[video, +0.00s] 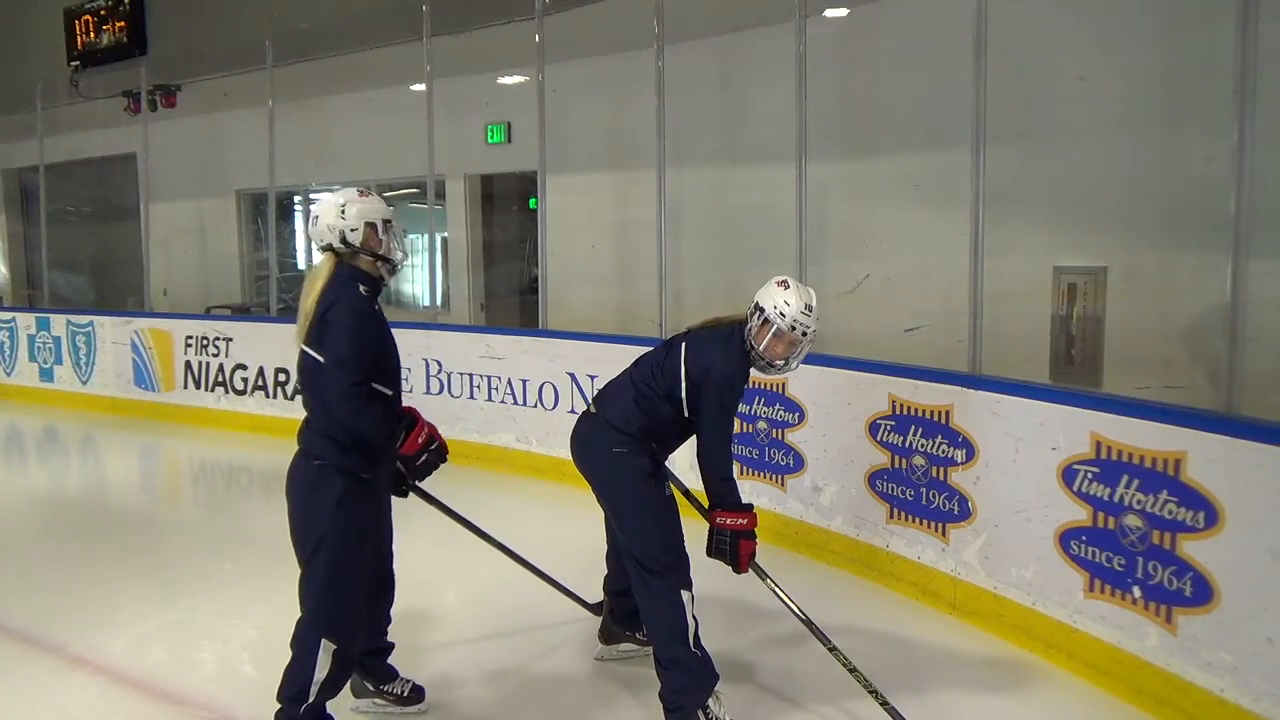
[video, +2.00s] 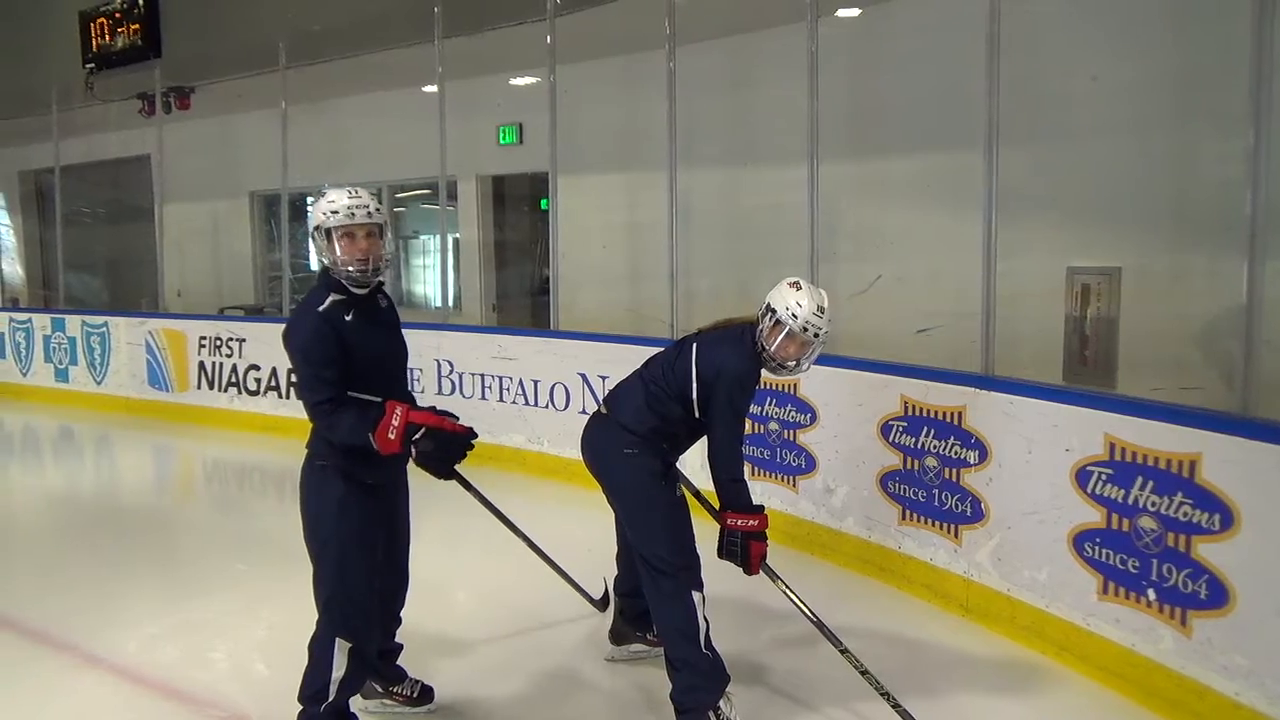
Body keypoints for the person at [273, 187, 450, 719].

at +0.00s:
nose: (390, 240)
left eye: (388, 229)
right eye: (379, 230)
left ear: (345, 236)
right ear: (352, 235)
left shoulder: (351, 292)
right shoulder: (345, 299)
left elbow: (355, 390)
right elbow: (345, 395)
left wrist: (390, 455)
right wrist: (407, 432)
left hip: (356, 470)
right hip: (333, 475)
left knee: (372, 576)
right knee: (335, 593)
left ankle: (369, 673)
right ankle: (300, 706)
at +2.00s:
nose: (361, 249)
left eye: (369, 236)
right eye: (347, 239)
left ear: (383, 242)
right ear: (325, 246)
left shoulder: (381, 305)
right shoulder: (315, 318)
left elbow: (393, 393)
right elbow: (326, 411)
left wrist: (425, 435)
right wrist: (402, 429)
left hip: (385, 468)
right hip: (337, 475)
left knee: (388, 578)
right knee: (346, 597)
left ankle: (377, 669)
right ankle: (322, 707)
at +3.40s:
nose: (407, 241)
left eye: (404, 230)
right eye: (395, 231)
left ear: (370, 239)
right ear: (363, 236)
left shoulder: (361, 295)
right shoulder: (359, 304)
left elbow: (359, 392)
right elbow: (406, 394)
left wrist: (404, 450)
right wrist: (473, 399)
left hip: (375, 468)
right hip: (351, 472)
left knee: (388, 579)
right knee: (352, 594)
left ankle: (375, 672)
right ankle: (325, 705)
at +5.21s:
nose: (380, 247)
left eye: (386, 235)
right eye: (365, 238)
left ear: (397, 238)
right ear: (339, 246)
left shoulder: (378, 298)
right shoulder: (333, 310)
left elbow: (381, 393)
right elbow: (334, 408)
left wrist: (418, 430)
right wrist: (404, 431)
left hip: (380, 468)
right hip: (342, 475)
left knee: (387, 578)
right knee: (345, 599)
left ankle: (377, 671)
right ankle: (317, 708)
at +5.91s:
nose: (385, 257)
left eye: (393, 244)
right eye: (371, 245)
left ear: (403, 247)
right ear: (344, 249)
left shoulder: (399, 306)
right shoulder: (322, 317)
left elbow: (409, 386)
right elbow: (324, 417)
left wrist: (439, 421)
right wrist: (401, 438)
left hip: (390, 470)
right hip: (339, 476)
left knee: (388, 581)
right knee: (348, 597)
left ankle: (377, 670)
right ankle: (322, 708)